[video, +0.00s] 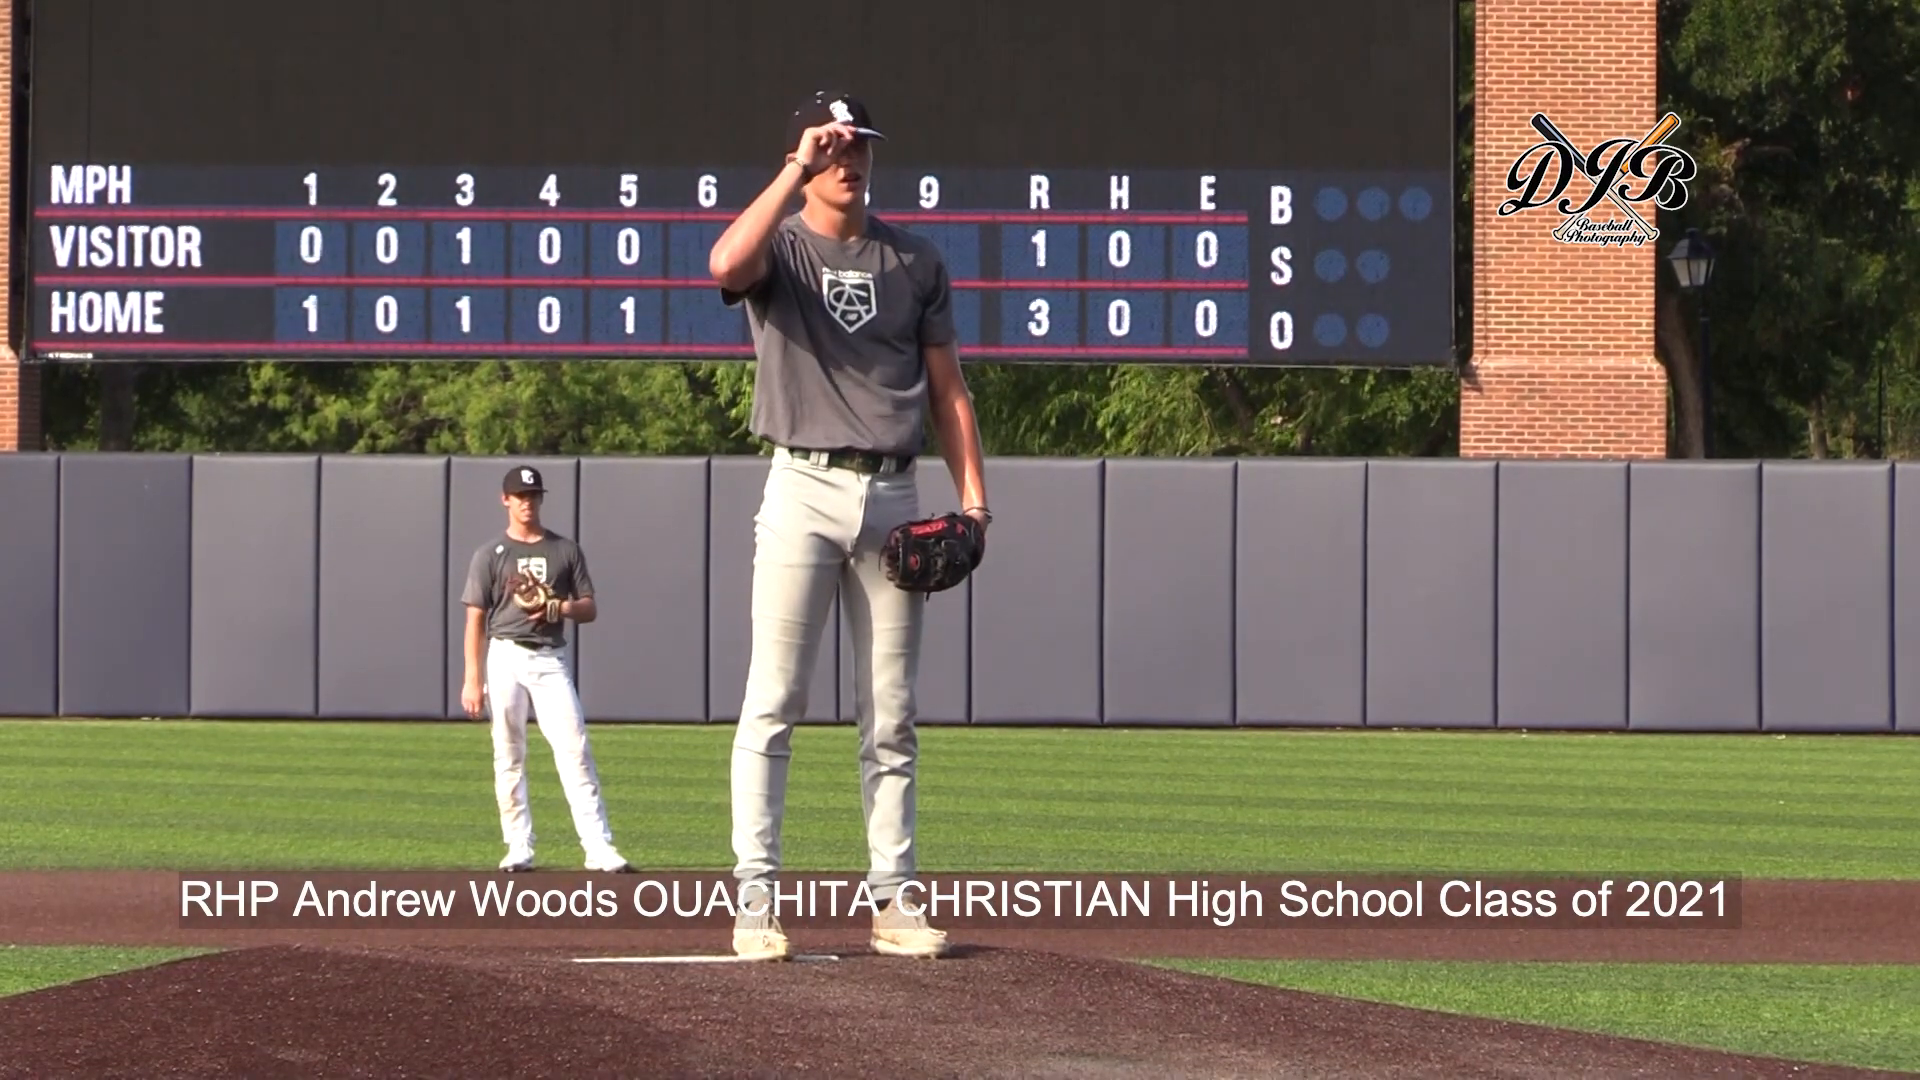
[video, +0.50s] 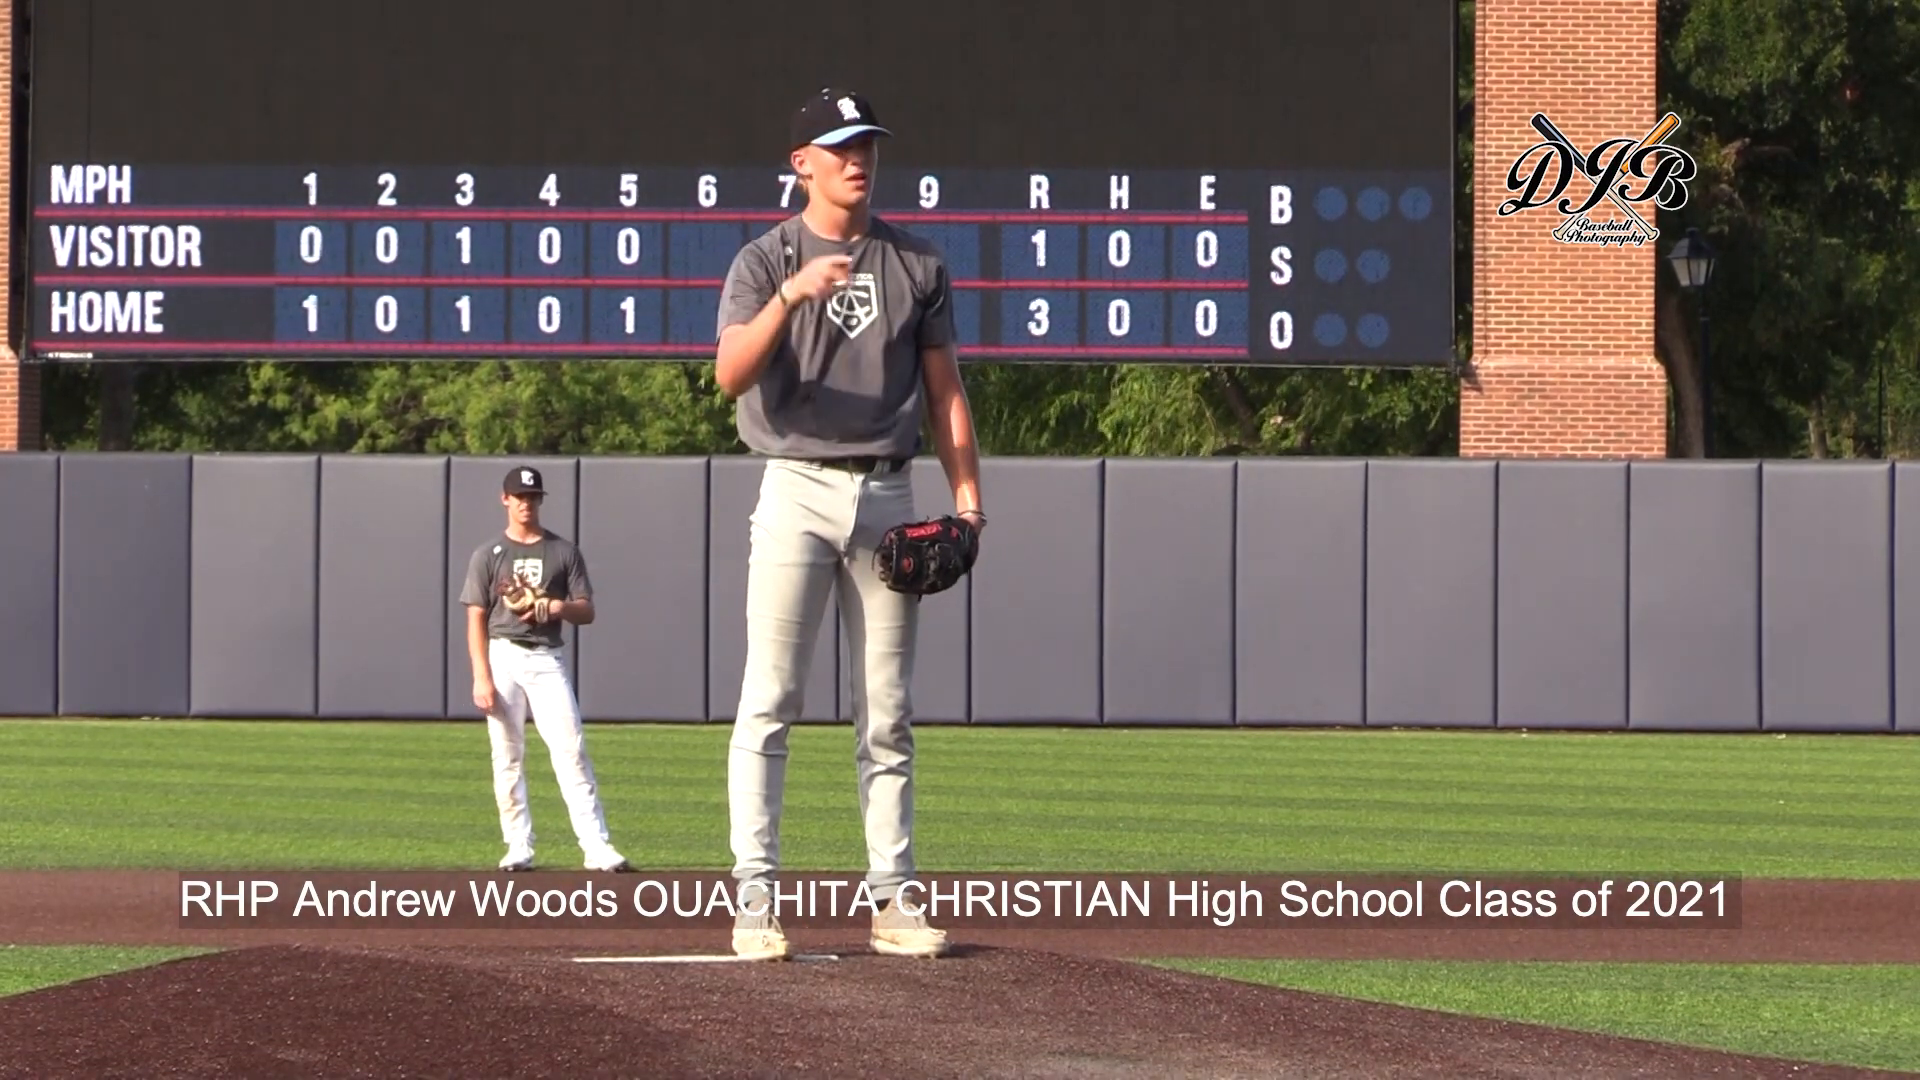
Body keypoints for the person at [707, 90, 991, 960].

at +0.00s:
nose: (847, 164)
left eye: (856, 151)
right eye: (831, 153)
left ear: (872, 160)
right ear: (802, 167)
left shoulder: (915, 259)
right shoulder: (777, 246)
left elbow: (948, 386)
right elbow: (725, 269)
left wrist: (972, 500)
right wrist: (795, 168)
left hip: (894, 499)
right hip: (801, 492)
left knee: (893, 716)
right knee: (772, 704)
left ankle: (893, 899)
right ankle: (757, 897)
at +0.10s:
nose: (847, 165)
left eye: (857, 153)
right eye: (831, 153)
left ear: (872, 162)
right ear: (803, 168)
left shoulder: (915, 259)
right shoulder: (777, 247)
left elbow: (947, 385)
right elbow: (725, 270)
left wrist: (973, 499)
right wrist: (794, 170)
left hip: (894, 499)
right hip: (800, 492)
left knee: (892, 717)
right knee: (772, 704)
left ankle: (893, 899)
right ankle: (757, 897)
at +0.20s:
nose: (849, 163)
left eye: (858, 150)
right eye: (833, 151)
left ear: (873, 160)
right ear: (803, 166)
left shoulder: (915, 259)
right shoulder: (776, 246)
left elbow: (948, 383)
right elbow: (726, 274)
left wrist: (971, 496)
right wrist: (792, 176)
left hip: (894, 498)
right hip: (800, 492)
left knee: (892, 718)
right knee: (772, 703)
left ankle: (893, 899)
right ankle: (756, 896)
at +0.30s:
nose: (848, 162)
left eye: (857, 147)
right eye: (832, 149)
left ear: (873, 158)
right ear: (803, 163)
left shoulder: (917, 263)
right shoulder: (775, 246)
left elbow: (948, 389)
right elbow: (728, 292)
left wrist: (971, 500)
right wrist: (788, 191)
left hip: (893, 499)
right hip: (798, 492)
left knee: (891, 717)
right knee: (771, 703)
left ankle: (892, 899)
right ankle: (756, 897)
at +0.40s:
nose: (856, 166)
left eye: (864, 151)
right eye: (839, 152)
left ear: (874, 160)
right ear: (801, 163)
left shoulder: (916, 264)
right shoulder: (767, 250)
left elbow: (946, 387)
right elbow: (727, 335)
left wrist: (970, 503)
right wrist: (792, 231)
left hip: (891, 499)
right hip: (796, 494)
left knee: (889, 715)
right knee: (770, 703)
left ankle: (893, 899)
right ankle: (756, 897)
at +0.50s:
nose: (858, 163)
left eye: (866, 150)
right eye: (842, 151)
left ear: (877, 160)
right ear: (803, 163)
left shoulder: (915, 266)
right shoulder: (764, 260)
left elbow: (946, 390)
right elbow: (729, 376)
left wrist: (967, 503)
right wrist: (789, 297)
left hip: (889, 499)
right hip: (794, 494)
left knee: (888, 715)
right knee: (769, 703)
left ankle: (892, 898)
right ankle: (756, 896)